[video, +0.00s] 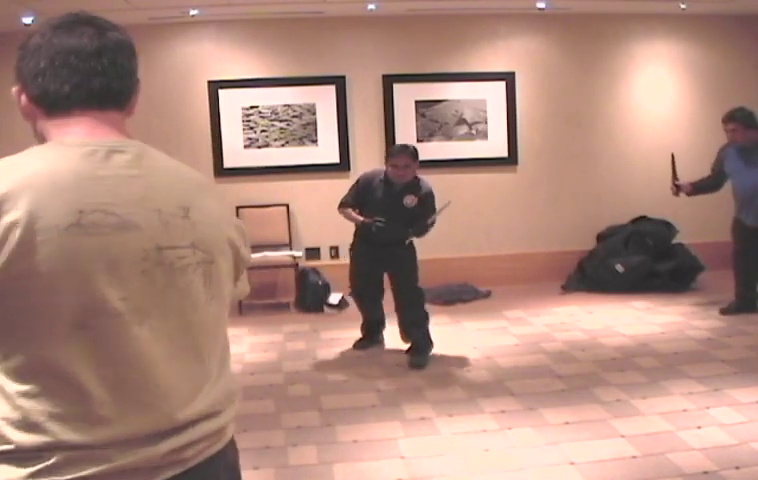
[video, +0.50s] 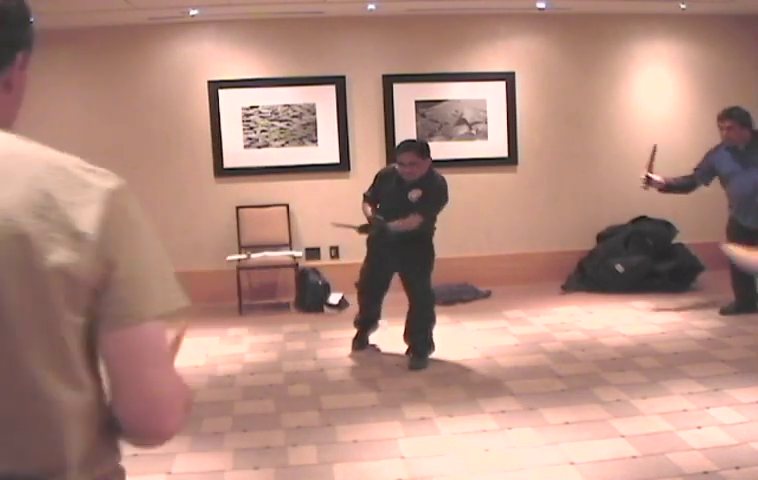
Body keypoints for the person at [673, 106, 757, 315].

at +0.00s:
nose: (730, 136)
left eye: (734, 130)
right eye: (727, 131)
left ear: (750, 130)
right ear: (726, 131)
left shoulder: (754, 152)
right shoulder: (728, 153)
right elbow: (716, 181)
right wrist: (689, 187)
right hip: (744, 218)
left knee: (751, 259)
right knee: (743, 259)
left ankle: (750, 300)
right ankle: (744, 300)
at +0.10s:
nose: (728, 136)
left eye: (733, 130)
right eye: (726, 131)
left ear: (749, 130)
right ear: (725, 132)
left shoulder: (754, 152)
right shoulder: (727, 154)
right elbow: (713, 181)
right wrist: (686, 187)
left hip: (754, 221)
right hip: (743, 220)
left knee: (751, 261)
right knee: (742, 261)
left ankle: (750, 300)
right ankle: (744, 300)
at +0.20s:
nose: (727, 137)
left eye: (731, 131)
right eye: (725, 131)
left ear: (747, 130)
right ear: (724, 132)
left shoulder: (754, 152)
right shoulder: (725, 154)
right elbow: (710, 181)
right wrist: (683, 187)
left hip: (754, 221)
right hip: (743, 220)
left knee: (750, 261)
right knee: (741, 261)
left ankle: (750, 300)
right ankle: (743, 300)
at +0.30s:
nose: (726, 137)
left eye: (731, 131)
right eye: (724, 131)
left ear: (747, 130)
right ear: (723, 132)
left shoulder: (754, 153)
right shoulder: (723, 155)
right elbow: (705, 181)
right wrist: (677, 186)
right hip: (742, 220)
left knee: (748, 260)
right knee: (740, 261)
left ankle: (748, 300)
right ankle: (744, 300)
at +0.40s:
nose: (725, 136)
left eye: (729, 130)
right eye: (723, 131)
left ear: (746, 130)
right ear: (721, 132)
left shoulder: (755, 149)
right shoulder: (722, 155)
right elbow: (700, 182)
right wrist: (670, 186)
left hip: (754, 214)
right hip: (742, 215)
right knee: (740, 257)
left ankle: (748, 299)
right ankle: (745, 299)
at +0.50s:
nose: (725, 135)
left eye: (730, 128)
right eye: (722, 129)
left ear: (745, 128)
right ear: (721, 130)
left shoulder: (755, 148)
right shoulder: (719, 155)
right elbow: (694, 180)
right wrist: (664, 184)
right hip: (741, 222)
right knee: (739, 261)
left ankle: (751, 300)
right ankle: (744, 300)